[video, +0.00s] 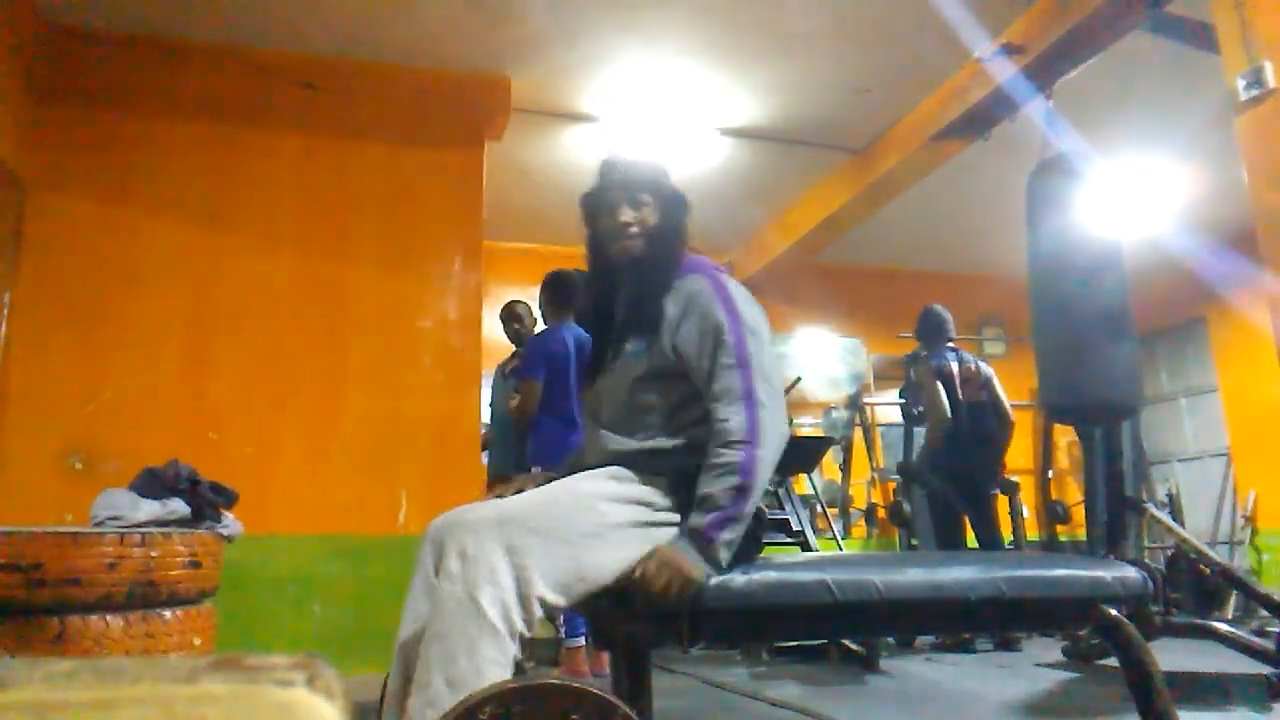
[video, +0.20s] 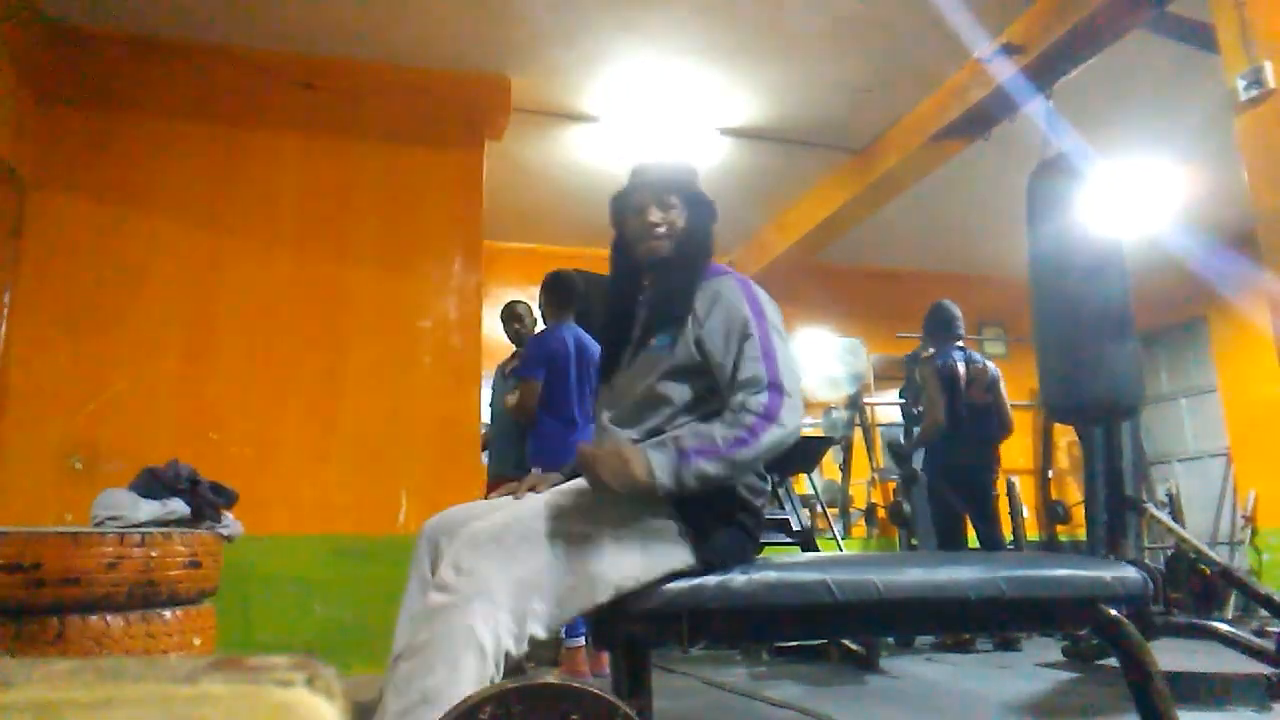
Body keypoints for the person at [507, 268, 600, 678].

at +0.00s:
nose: (538, 308)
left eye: (540, 301)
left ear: (544, 302)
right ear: (577, 302)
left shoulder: (541, 343)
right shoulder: (590, 339)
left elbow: (528, 404)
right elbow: (598, 401)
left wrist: (515, 411)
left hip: (550, 449)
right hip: (586, 447)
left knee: (550, 538)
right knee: (577, 539)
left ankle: (574, 644)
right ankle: (589, 646)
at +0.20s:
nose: (538, 311)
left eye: (539, 304)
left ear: (544, 304)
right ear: (576, 304)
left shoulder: (541, 343)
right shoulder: (591, 344)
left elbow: (527, 401)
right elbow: (597, 401)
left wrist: (513, 408)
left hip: (546, 445)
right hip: (584, 443)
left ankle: (573, 644)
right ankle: (579, 644)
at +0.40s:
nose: (537, 309)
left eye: (539, 302)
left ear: (544, 303)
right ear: (577, 303)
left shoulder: (540, 343)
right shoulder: (592, 346)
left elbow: (522, 402)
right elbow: (601, 402)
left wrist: (509, 384)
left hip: (547, 448)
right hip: (585, 444)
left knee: (550, 540)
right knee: (581, 539)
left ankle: (572, 647)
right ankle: (585, 647)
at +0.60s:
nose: (538, 308)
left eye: (539, 302)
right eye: (545, 302)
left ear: (544, 303)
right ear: (578, 303)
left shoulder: (539, 344)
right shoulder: (592, 346)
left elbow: (524, 410)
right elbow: (602, 404)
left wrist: (515, 414)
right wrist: (585, 419)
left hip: (548, 450)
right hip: (588, 445)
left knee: (550, 541)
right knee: (582, 540)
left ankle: (573, 649)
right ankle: (587, 649)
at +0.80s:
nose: (537, 307)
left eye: (539, 301)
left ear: (543, 302)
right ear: (577, 303)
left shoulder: (537, 345)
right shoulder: (590, 346)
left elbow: (531, 408)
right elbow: (605, 400)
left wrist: (512, 421)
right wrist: (586, 425)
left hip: (545, 455)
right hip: (583, 453)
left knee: (548, 545)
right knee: (577, 547)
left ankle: (574, 644)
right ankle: (580, 645)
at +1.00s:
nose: (538, 309)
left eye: (539, 302)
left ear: (543, 303)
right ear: (575, 303)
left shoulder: (538, 345)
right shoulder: (590, 347)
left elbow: (529, 406)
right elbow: (603, 402)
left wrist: (516, 421)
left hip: (545, 451)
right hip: (582, 450)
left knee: (555, 545)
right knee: (580, 544)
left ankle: (574, 646)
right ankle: (585, 645)